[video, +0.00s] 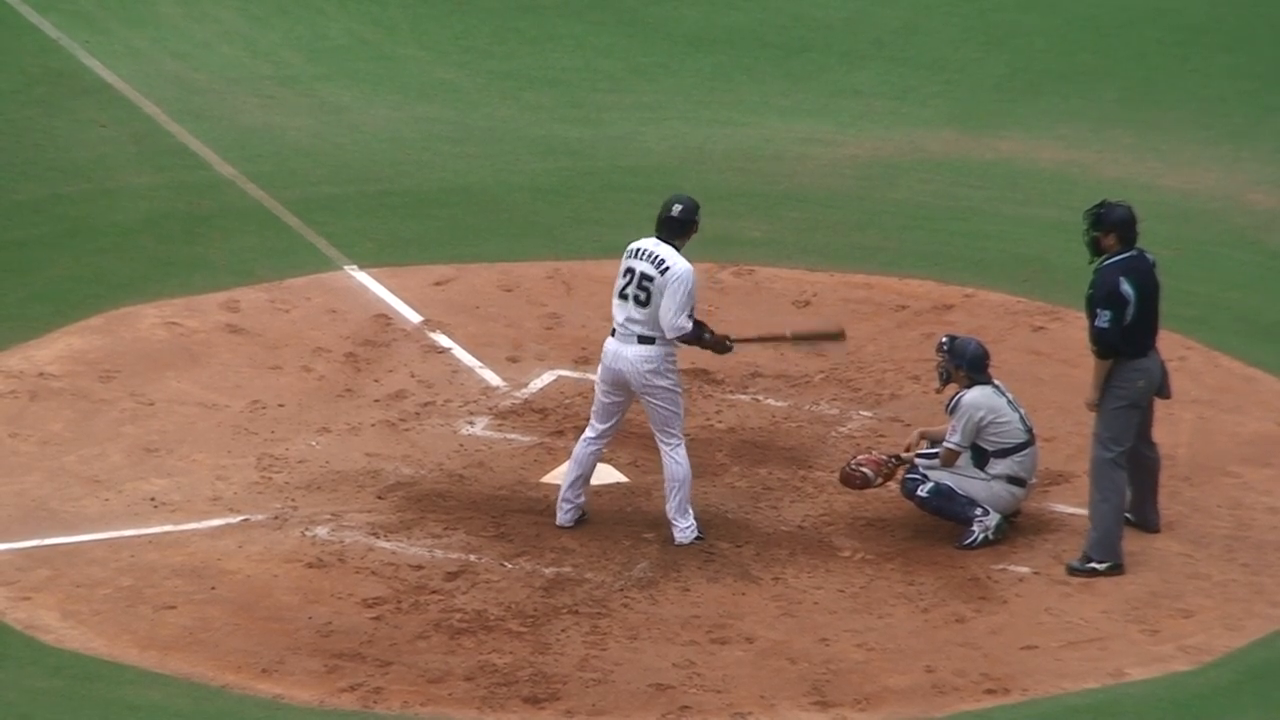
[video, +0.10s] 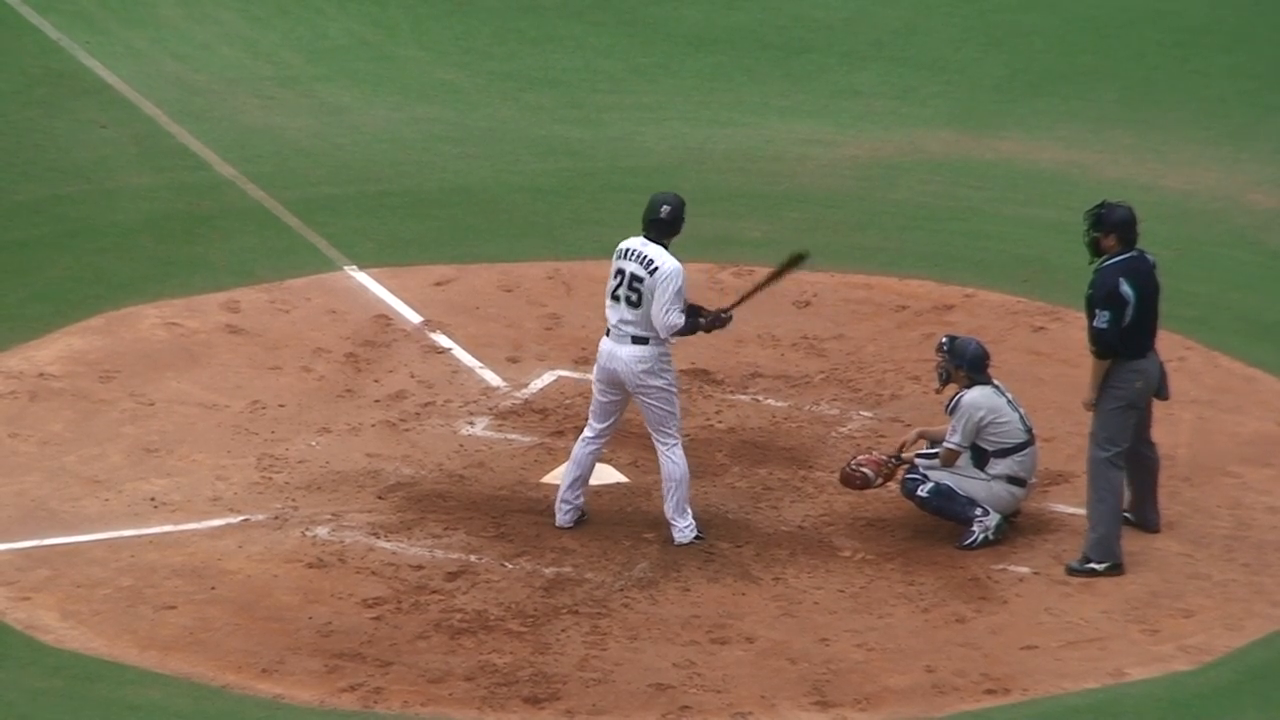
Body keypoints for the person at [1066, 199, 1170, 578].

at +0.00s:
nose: (1093, 236)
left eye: (1098, 232)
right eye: (1096, 230)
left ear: (1110, 237)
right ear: (1126, 234)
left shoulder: (1109, 276)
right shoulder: (1143, 261)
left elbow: (1106, 343)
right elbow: (1145, 321)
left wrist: (1095, 388)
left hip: (1124, 372)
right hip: (1147, 363)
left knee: (1108, 457)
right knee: (1139, 443)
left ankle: (1103, 553)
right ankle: (1145, 512)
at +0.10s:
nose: (1093, 237)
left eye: (1098, 232)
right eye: (1096, 231)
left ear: (1110, 238)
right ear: (1127, 235)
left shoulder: (1109, 277)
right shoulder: (1143, 262)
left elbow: (1104, 344)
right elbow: (1144, 322)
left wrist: (1093, 388)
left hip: (1123, 374)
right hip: (1146, 365)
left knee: (1104, 457)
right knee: (1138, 443)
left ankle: (1102, 554)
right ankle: (1145, 512)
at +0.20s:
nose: (1094, 239)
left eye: (1099, 234)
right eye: (1097, 232)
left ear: (1111, 239)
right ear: (1128, 236)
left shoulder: (1109, 278)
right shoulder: (1144, 264)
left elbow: (1103, 345)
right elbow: (1144, 323)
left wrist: (1091, 389)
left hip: (1121, 375)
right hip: (1144, 367)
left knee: (1105, 458)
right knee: (1137, 444)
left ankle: (1103, 555)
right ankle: (1146, 513)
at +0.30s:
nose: (1094, 238)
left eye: (1098, 233)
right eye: (1096, 231)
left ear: (1110, 239)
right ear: (1127, 236)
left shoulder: (1108, 278)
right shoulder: (1143, 264)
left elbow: (1102, 345)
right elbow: (1143, 323)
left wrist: (1091, 388)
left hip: (1120, 375)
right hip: (1144, 366)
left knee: (1107, 459)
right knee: (1137, 445)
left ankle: (1103, 554)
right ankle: (1146, 513)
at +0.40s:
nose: (1093, 237)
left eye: (1097, 232)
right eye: (1095, 231)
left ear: (1109, 238)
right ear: (1126, 235)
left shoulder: (1107, 277)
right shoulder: (1142, 263)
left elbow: (1102, 343)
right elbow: (1143, 321)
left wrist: (1091, 387)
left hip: (1121, 373)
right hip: (1144, 364)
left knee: (1108, 458)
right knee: (1137, 443)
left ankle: (1104, 553)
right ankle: (1146, 512)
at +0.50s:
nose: (1092, 238)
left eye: (1096, 234)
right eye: (1094, 232)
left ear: (1107, 239)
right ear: (1125, 235)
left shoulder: (1106, 279)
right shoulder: (1142, 264)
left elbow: (1101, 346)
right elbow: (1142, 321)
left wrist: (1091, 388)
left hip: (1120, 374)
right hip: (1144, 365)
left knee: (1108, 458)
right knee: (1137, 443)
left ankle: (1103, 554)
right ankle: (1146, 512)